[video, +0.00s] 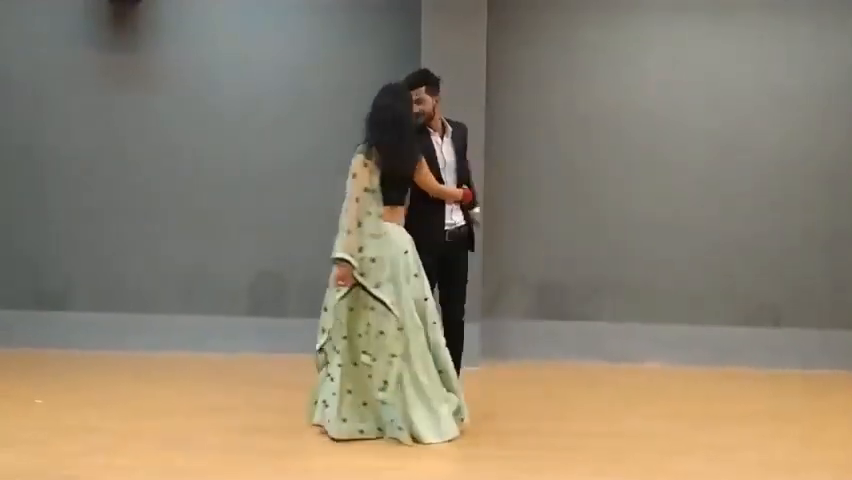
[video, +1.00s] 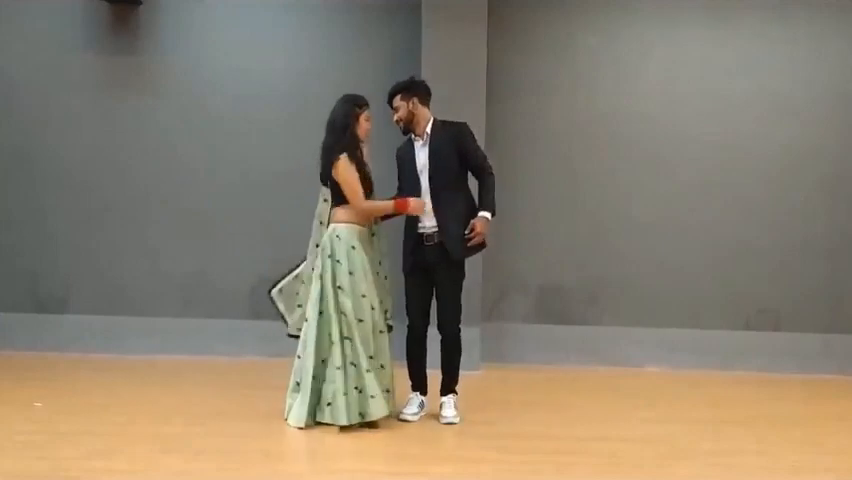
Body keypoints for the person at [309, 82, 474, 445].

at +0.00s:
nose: (414, 111)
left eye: (411, 103)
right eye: (410, 106)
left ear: (375, 114)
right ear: (406, 115)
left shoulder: (364, 158)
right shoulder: (411, 156)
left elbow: (352, 210)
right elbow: (432, 188)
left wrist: (345, 256)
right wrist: (458, 194)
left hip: (369, 248)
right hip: (400, 247)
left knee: (363, 329)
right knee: (401, 328)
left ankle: (358, 410)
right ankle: (401, 409)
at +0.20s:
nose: (396, 118)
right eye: (394, 112)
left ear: (359, 113)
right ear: (391, 116)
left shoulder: (343, 154)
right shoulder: (397, 157)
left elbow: (320, 204)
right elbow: (429, 189)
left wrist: (298, 250)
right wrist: (463, 195)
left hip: (352, 239)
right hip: (386, 240)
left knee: (344, 326)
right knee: (382, 329)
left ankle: (342, 414)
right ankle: (383, 413)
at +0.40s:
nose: (382, 124)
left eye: (380, 117)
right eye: (381, 118)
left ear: (349, 119)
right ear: (375, 122)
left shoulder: (331, 163)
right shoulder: (383, 163)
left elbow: (305, 212)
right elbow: (420, 200)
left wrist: (281, 251)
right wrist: (461, 203)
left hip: (339, 245)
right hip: (373, 245)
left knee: (336, 330)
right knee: (369, 332)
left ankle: (330, 415)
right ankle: (365, 417)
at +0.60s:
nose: (380, 126)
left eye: (378, 119)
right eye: (378, 120)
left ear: (347, 122)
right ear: (370, 124)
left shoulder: (327, 165)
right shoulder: (376, 165)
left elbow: (314, 216)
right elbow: (410, 203)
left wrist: (301, 260)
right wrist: (453, 203)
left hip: (334, 248)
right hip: (368, 248)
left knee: (331, 329)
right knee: (367, 331)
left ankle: (324, 411)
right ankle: (362, 413)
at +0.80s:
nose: (374, 128)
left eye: (374, 121)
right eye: (372, 122)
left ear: (344, 124)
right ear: (361, 124)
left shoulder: (332, 163)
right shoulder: (364, 163)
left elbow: (331, 211)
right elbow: (395, 205)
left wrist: (380, 211)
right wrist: (440, 202)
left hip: (335, 246)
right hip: (361, 247)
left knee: (332, 326)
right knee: (361, 327)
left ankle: (324, 404)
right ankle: (357, 407)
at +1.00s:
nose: (369, 126)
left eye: (369, 119)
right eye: (365, 120)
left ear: (352, 123)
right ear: (350, 122)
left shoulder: (354, 158)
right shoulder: (343, 160)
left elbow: (359, 207)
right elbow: (360, 206)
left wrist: (383, 211)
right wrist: (400, 205)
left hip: (355, 240)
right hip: (342, 242)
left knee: (358, 320)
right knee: (349, 320)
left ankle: (355, 401)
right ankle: (346, 403)